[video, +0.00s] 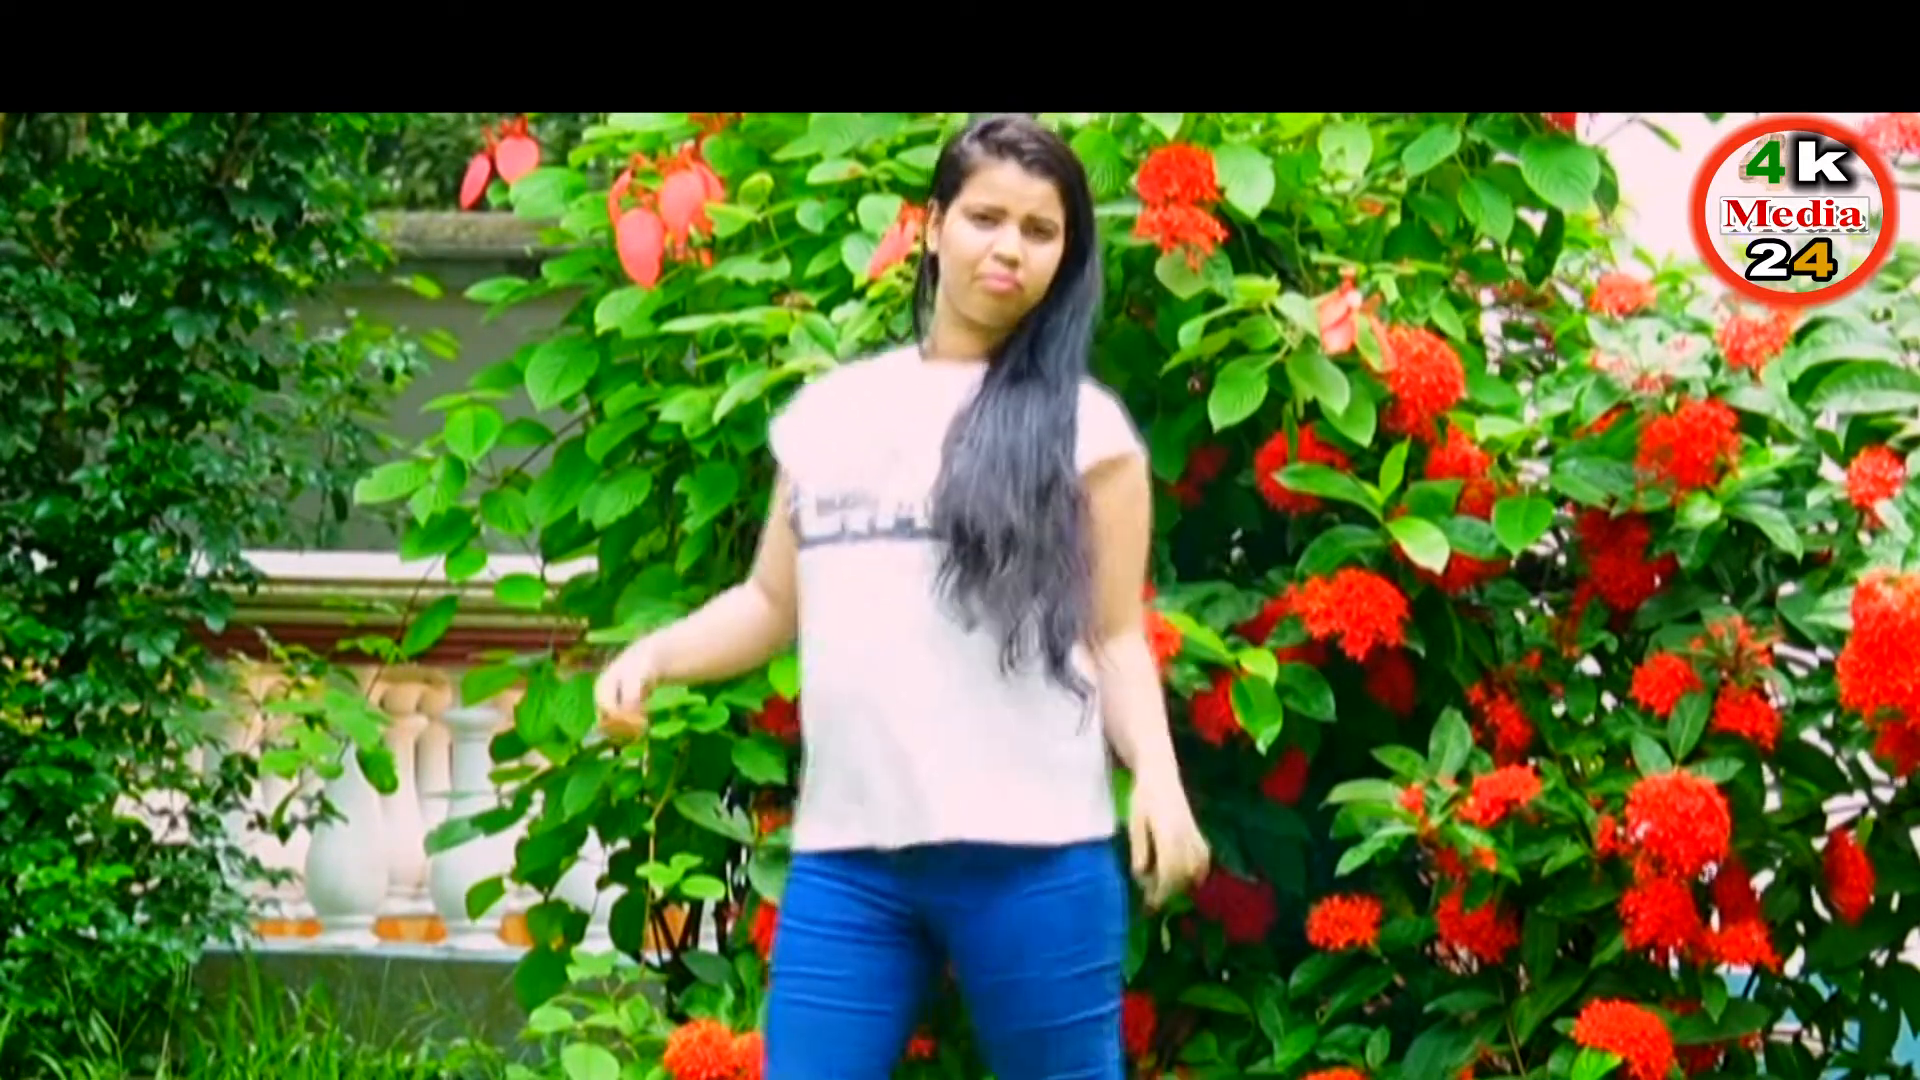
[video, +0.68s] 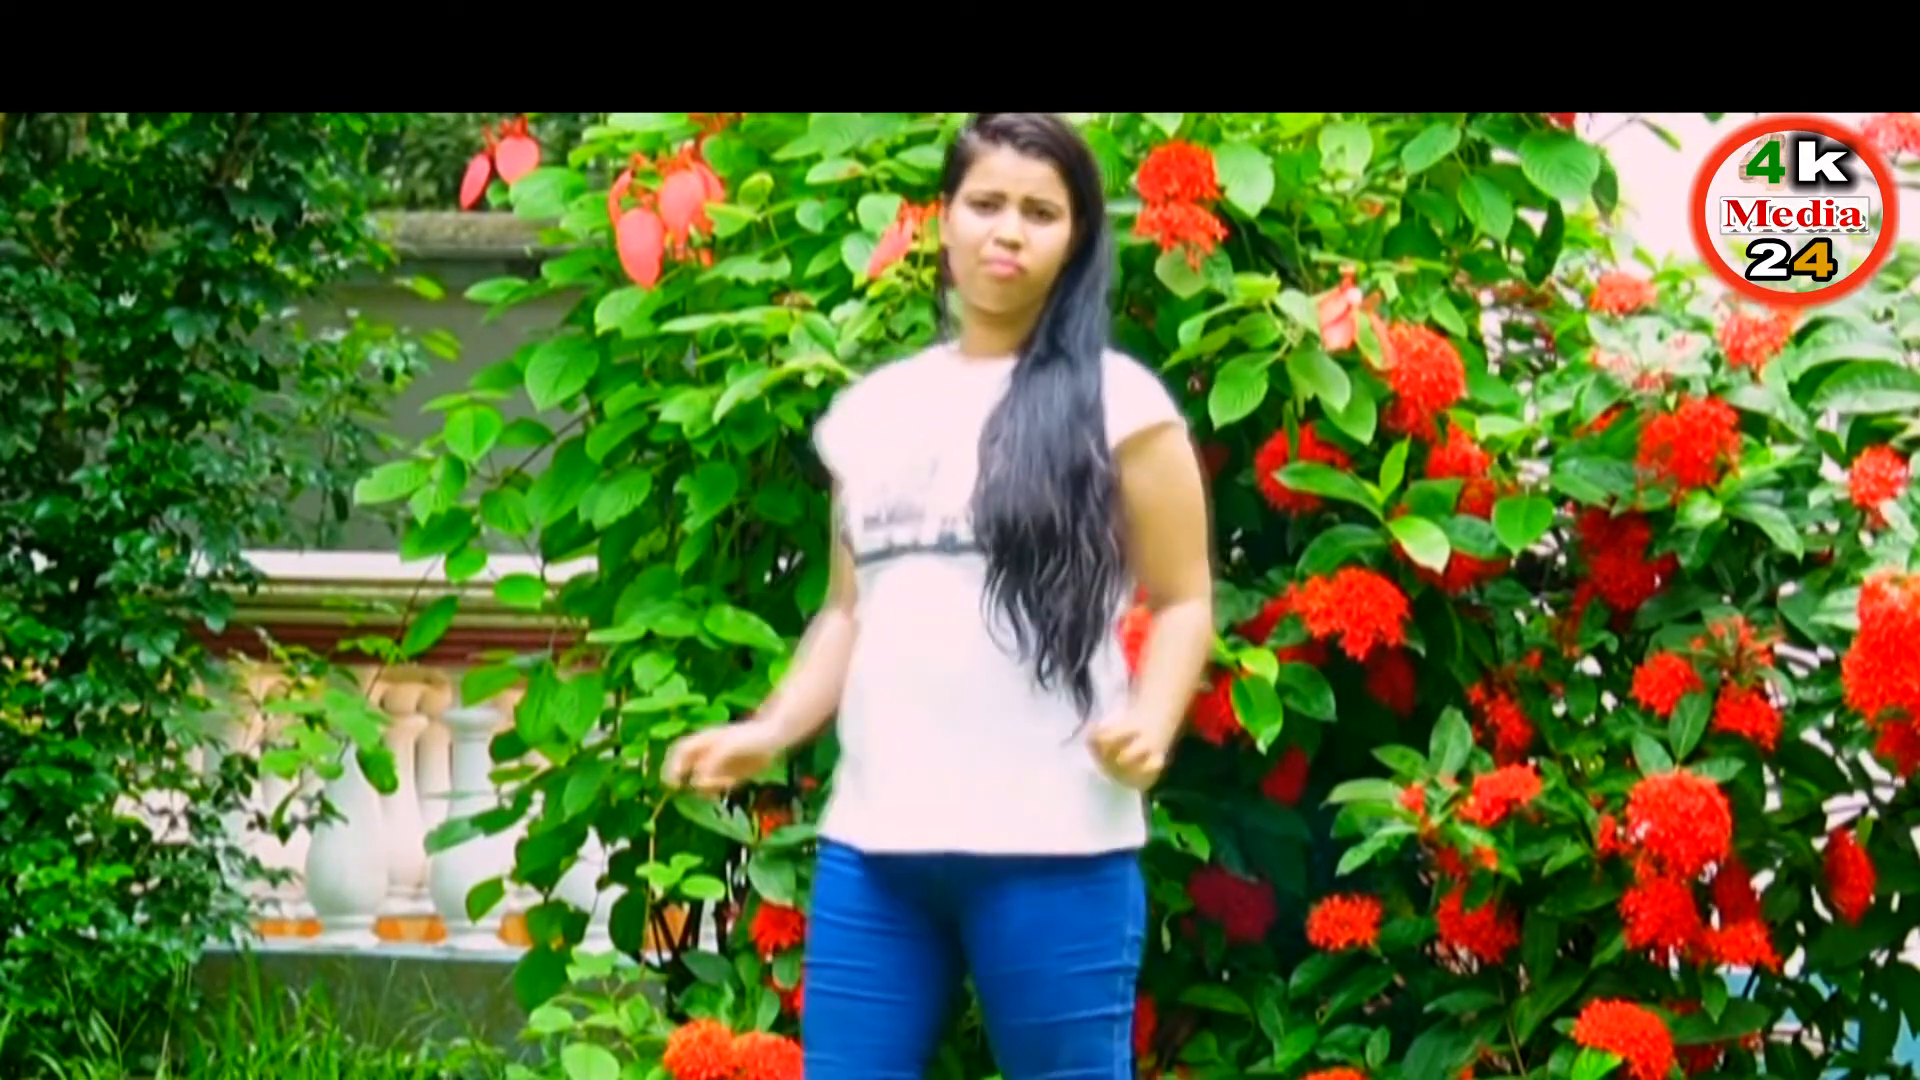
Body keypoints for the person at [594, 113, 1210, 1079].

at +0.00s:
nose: (1008, 250)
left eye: (1038, 232)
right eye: (986, 219)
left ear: (1068, 259)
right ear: (934, 227)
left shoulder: (1084, 423)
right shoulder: (826, 411)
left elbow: (1118, 633)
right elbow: (770, 601)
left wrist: (1158, 779)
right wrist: (657, 653)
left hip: (1036, 863)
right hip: (845, 862)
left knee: (1069, 1071)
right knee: (805, 1069)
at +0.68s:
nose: (1007, 232)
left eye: (1039, 212)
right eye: (986, 204)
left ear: (1076, 241)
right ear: (943, 223)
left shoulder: (1116, 400)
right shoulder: (871, 409)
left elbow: (1182, 597)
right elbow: (848, 610)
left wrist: (1152, 718)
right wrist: (769, 732)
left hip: (1054, 855)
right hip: (872, 854)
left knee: (1073, 1071)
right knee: (843, 1070)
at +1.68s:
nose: (1071, 310)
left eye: (1103, 292)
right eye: (1051, 278)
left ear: (1130, 321)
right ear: (1007, 288)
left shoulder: (1138, 477)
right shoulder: (931, 478)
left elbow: (1195, 705)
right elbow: (867, 675)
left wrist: (1215, 701)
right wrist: (683, 688)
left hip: (1065, 890)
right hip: (906, 888)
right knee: (791, 1070)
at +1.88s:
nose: (1040, 275)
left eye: (1069, 264)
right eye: (1022, 241)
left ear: (1083, 293)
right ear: (961, 241)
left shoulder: (1086, 414)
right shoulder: (866, 439)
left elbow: (1183, 603)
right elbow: (753, 606)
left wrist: (1227, 582)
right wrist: (583, 558)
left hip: (1026, 847)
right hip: (844, 833)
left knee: (1043, 1073)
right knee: (797, 1070)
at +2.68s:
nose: (1072, 285)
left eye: (1103, 267)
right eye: (1050, 254)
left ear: (1131, 292)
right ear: (997, 264)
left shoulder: (1151, 419)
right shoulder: (946, 447)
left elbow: (1258, 569)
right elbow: (812, 563)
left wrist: (1307, 495)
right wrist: (639, 503)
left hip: (1085, 859)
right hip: (929, 846)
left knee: (1046, 1073)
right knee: (847, 1068)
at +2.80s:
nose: (1080, 273)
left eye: (1111, 255)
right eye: (1058, 241)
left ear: (1135, 281)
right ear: (1006, 246)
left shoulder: (1146, 391)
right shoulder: (972, 430)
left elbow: (1264, 496)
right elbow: (870, 523)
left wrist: (1296, 355)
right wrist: (724, 401)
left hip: (1101, 862)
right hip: (948, 853)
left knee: (1069, 1070)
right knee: (876, 1068)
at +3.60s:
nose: (1048, 274)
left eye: (1078, 259)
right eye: (1027, 242)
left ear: (1105, 287)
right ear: (976, 247)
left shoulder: (1112, 394)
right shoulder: (898, 411)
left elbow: (1177, 409)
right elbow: (738, 428)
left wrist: (1183, 237)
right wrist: (624, 282)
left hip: (1041, 862)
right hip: (861, 850)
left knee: (1040, 1067)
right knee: (812, 1069)